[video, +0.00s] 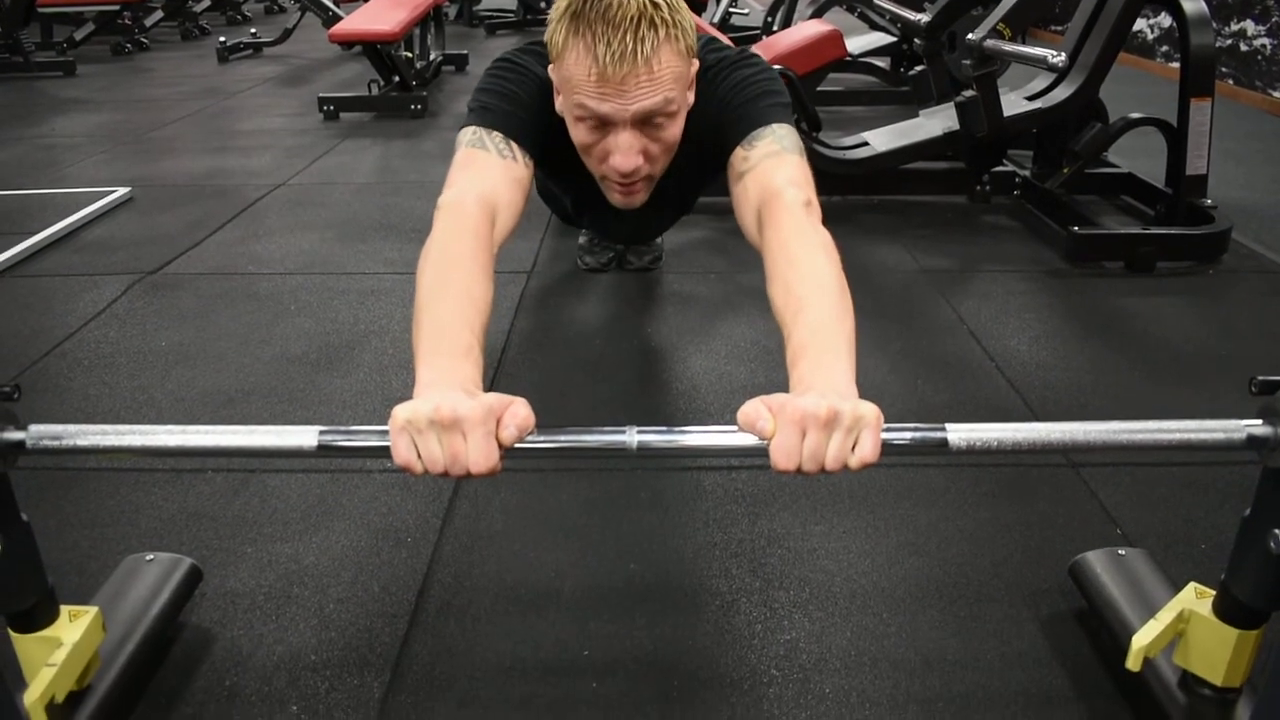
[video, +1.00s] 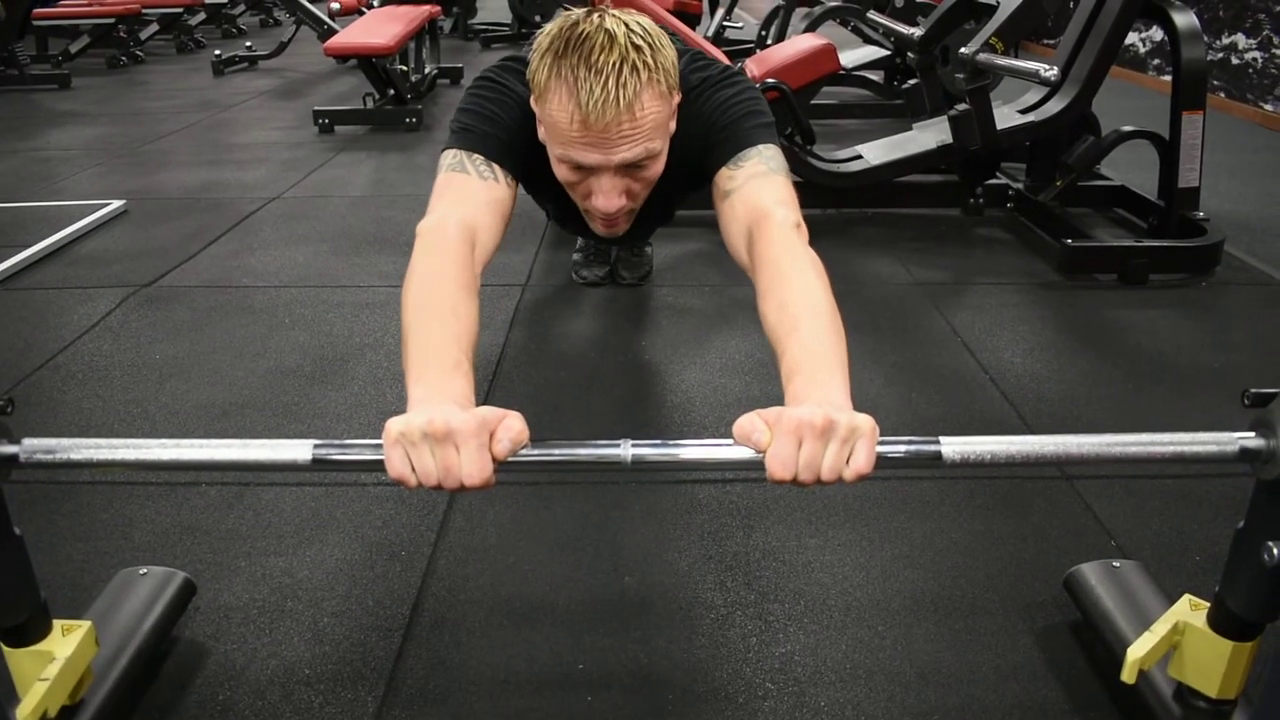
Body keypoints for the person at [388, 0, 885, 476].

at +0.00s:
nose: (626, 153)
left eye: (653, 120)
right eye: (595, 122)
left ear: (690, 82)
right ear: (556, 86)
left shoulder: (738, 83)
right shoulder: (520, 81)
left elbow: (787, 211)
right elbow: (466, 215)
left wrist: (824, 391)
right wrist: (445, 391)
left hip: (671, 194)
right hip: (570, 194)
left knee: (646, 226)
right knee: (589, 224)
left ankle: (639, 246)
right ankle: (604, 243)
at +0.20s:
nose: (624, 172)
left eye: (651, 139)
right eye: (594, 140)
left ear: (687, 99)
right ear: (556, 104)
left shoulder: (735, 95)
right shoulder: (518, 94)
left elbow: (787, 223)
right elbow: (461, 229)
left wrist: (823, 400)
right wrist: (442, 400)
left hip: (672, 202)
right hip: (566, 202)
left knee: (644, 235)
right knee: (585, 232)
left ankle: (636, 253)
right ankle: (599, 249)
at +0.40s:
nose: (621, 192)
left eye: (647, 159)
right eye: (592, 162)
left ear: (686, 111)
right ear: (553, 119)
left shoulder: (733, 104)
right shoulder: (517, 104)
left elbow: (786, 233)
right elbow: (460, 234)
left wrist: (822, 405)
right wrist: (442, 404)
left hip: (673, 208)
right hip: (565, 208)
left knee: (645, 246)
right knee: (586, 239)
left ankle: (639, 258)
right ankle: (597, 253)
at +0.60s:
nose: (620, 192)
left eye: (646, 159)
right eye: (591, 162)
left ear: (684, 108)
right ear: (550, 119)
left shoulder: (730, 103)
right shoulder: (516, 102)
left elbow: (784, 233)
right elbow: (458, 237)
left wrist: (822, 402)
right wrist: (441, 404)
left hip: (674, 199)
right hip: (566, 199)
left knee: (645, 234)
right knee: (584, 228)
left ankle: (638, 254)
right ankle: (599, 251)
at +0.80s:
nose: (611, 194)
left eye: (637, 162)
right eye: (581, 164)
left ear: (677, 112)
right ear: (541, 121)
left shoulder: (724, 99)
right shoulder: (504, 98)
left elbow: (779, 234)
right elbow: (449, 238)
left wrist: (820, 404)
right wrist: (438, 406)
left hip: (669, 196)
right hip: (560, 198)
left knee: (644, 224)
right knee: (583, 225)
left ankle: (637, 249)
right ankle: (593, 247)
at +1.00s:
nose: (608, 196)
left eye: (635, 166)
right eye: (579, 169)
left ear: (674, 114)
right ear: (539, 122)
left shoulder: (720, 96)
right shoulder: (503, 98)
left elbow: (775, 235)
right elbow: (448, 238)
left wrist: (820, 404)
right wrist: (439, 407)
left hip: (663, 196)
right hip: (560, 199)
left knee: (639, 230)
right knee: (580, 226)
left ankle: (631, 250)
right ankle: (592, 249)